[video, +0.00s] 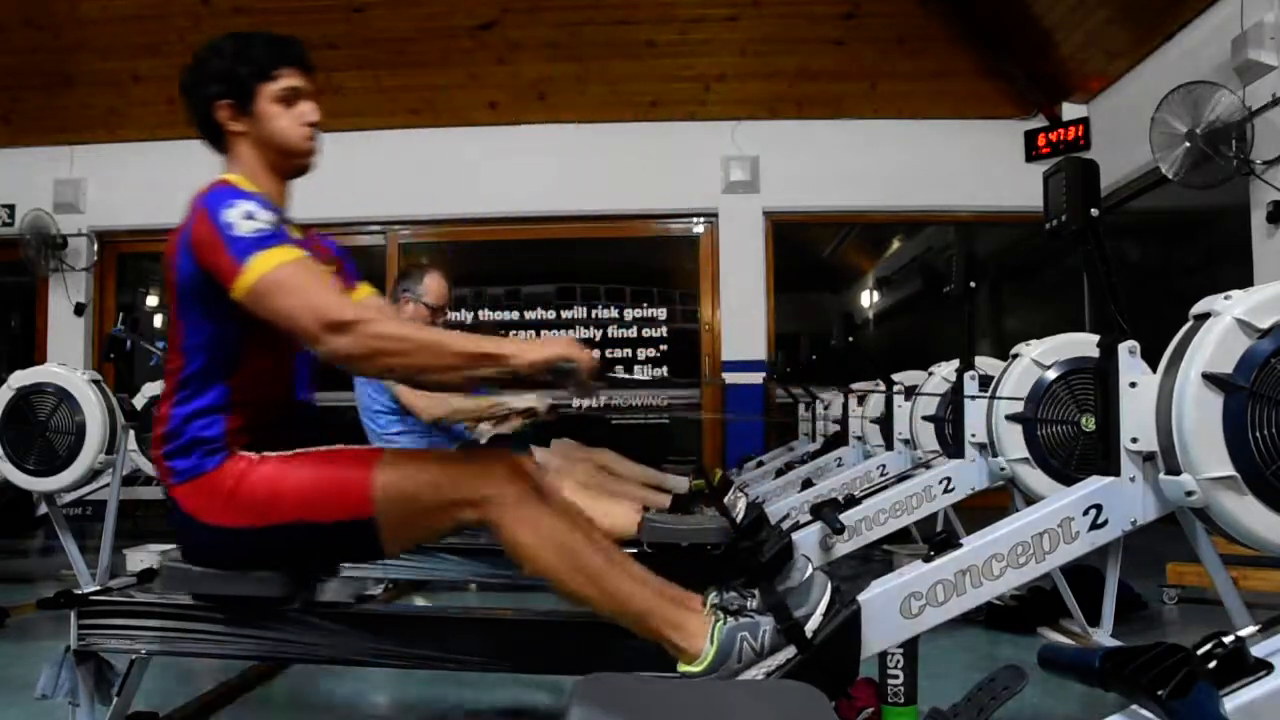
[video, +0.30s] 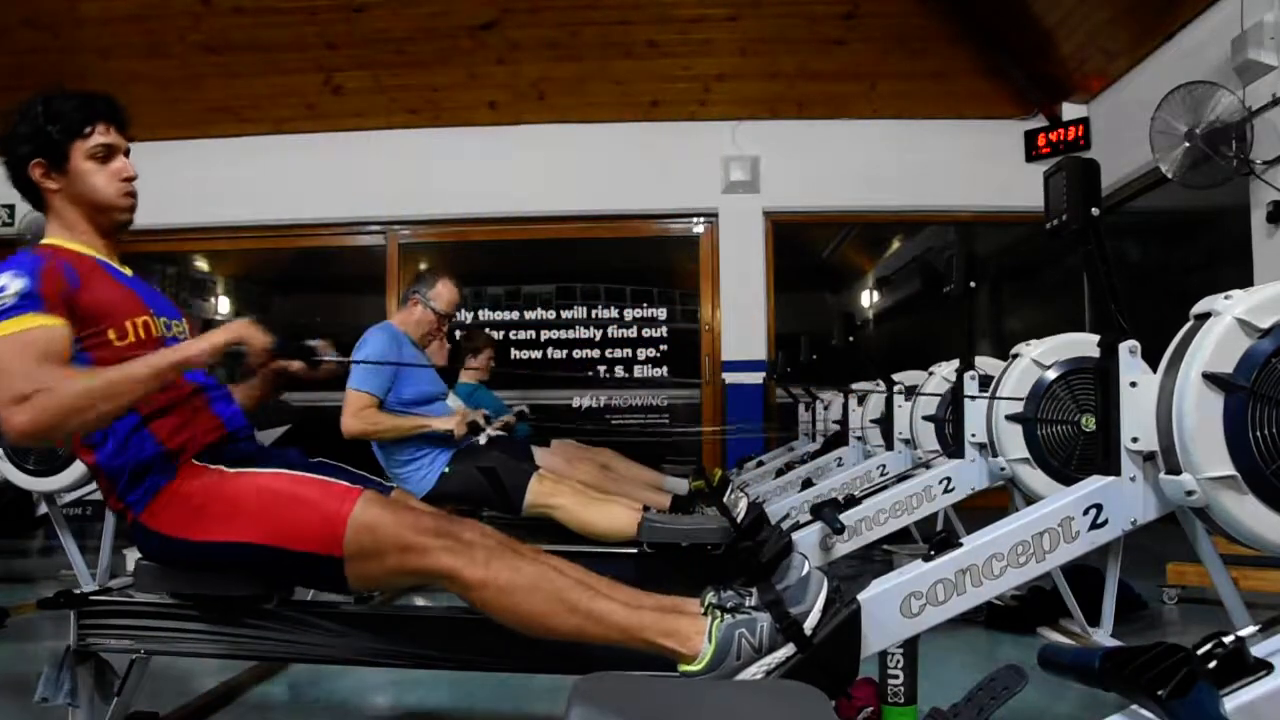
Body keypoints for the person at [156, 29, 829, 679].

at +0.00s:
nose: (313, 116)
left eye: (312, 100)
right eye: (290, 100)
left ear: (311, 112)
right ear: (230, 116)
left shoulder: (297, 235)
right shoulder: (225, 211)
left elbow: (385, 337)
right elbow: (342, 333)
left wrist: (513, 358)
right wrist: (515, 356)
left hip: (269, 468)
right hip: (223, 480)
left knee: (513, 475)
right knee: (492, 481)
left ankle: (704, 618)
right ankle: (703, 643)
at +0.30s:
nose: (128, 169)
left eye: (127, 153)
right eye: (106, 156)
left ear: (109, 171)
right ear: (46, 176)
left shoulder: (130, 280)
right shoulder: (41, 272)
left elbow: (211, 403)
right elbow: (24, 412)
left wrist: (276, 369)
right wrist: (196, 350)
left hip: (231, 466)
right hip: (181, 485)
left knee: (459, 533)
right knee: (431, 538)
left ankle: (701, 622)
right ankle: (697, 638)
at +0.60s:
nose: (142, 167)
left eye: (140, 152)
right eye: (119, 153)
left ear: (119, 169)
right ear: (58, 171)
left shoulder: (134, 280)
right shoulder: (47, 274)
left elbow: (169, 414)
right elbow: (14, 437)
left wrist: (266, 422)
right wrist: (161, 453)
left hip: (218, 473)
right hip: (177, 493)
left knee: (457, 531)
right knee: (438, 541)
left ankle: (702, 623)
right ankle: (701, 640)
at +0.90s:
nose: (212, 146)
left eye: (212, 130)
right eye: (191, 130)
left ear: (192, 145)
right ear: (131, 146)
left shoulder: (205, 274)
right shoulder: (107, 261)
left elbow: (269, 397)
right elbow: (150, 419)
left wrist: (348, 458)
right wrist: (297, 486)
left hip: (261, 487)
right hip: (191, 500)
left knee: (470, 529)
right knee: (445, 537)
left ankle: (698, 627)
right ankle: (699, 641)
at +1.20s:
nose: (298, 142)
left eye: (299, 125)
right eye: (277, 125)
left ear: (281, 136)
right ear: (216, 137)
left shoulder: (273, 263)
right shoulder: (184, 249)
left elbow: (353, 385)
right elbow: (263, 401)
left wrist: (447, 463)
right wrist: (407, 487)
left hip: (261, 474)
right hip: (199, 489)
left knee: (487, 498)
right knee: (467, 520)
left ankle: (697, 623)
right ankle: (691, 640)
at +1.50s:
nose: (408, 143)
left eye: (406, 126)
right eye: (387, 128)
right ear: (328, 140)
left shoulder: (368, 258)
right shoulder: (291, 243)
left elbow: (447, 382)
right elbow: (384, 395)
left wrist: (554, 468)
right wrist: (539, 475)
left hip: (302, 475)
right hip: (244, 492)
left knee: (521, 449)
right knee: (497, 468)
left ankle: (698, 618)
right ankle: (696, 645)